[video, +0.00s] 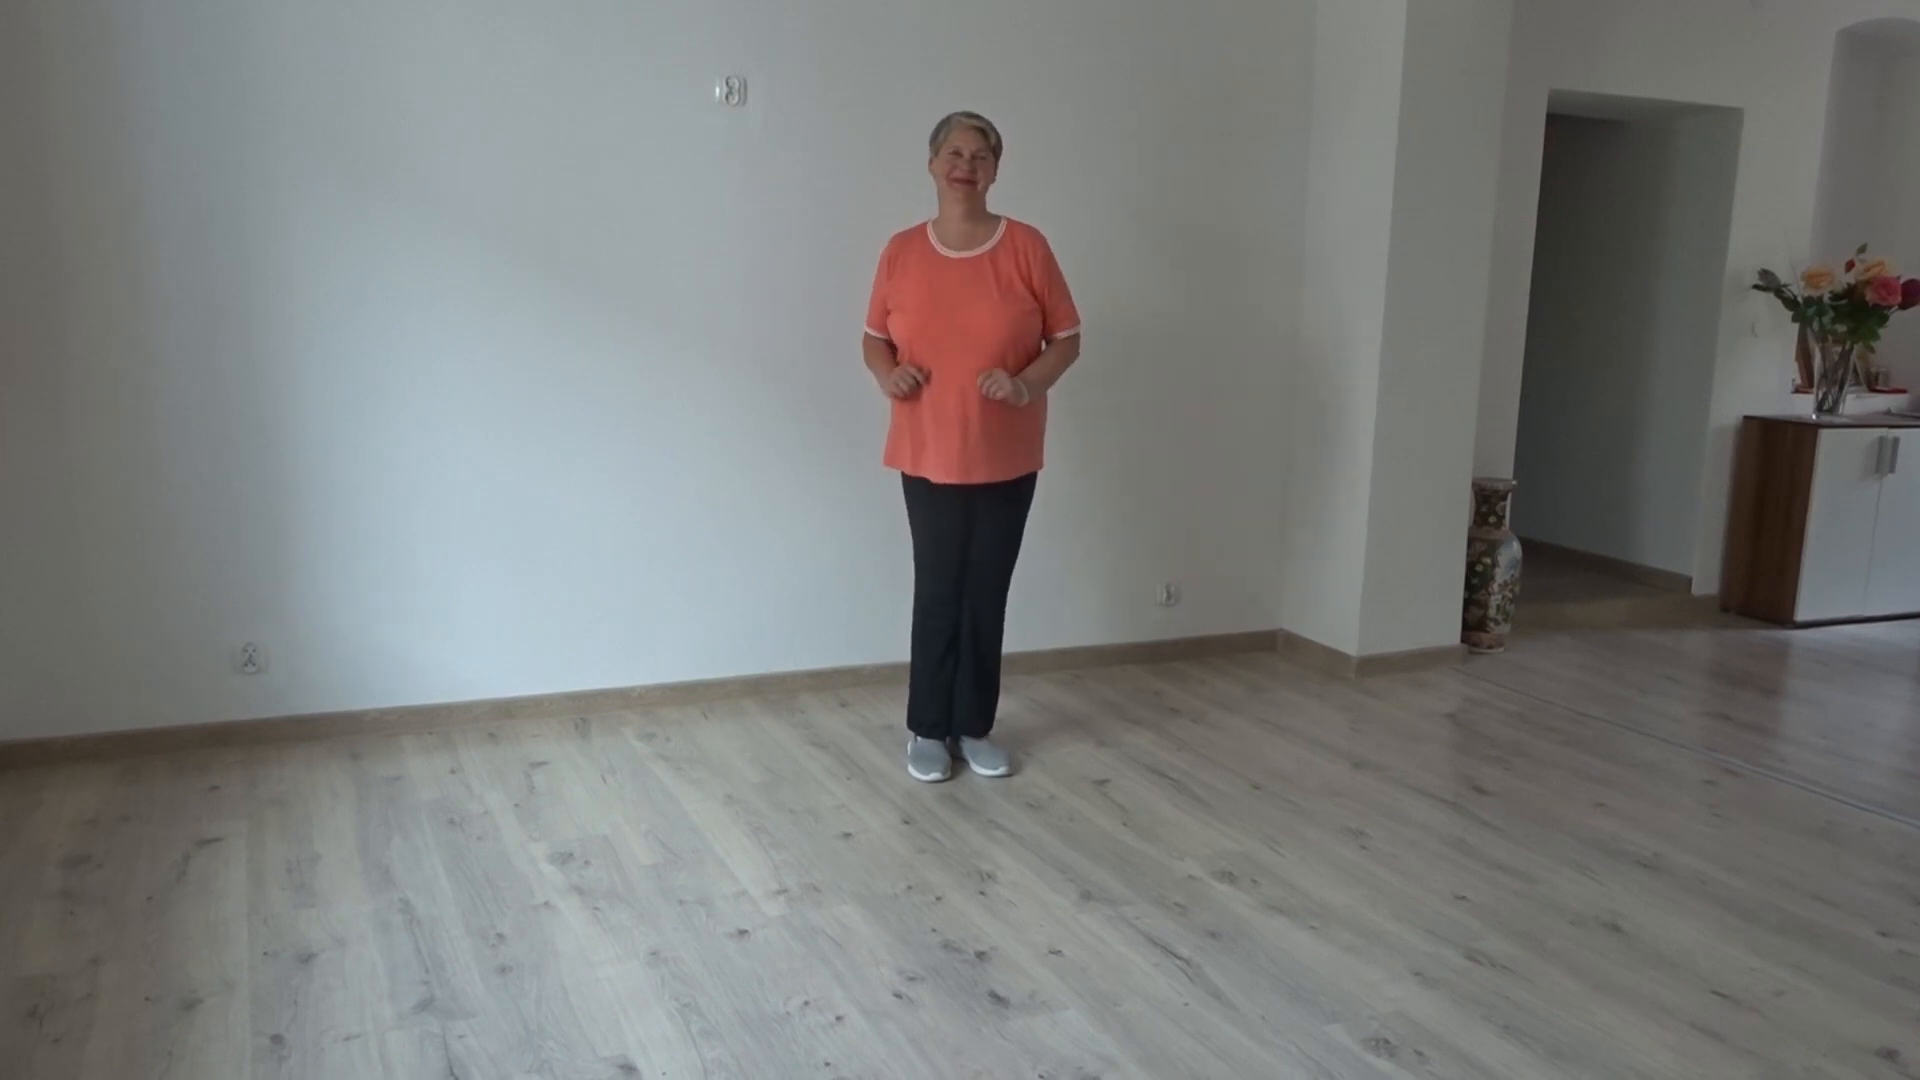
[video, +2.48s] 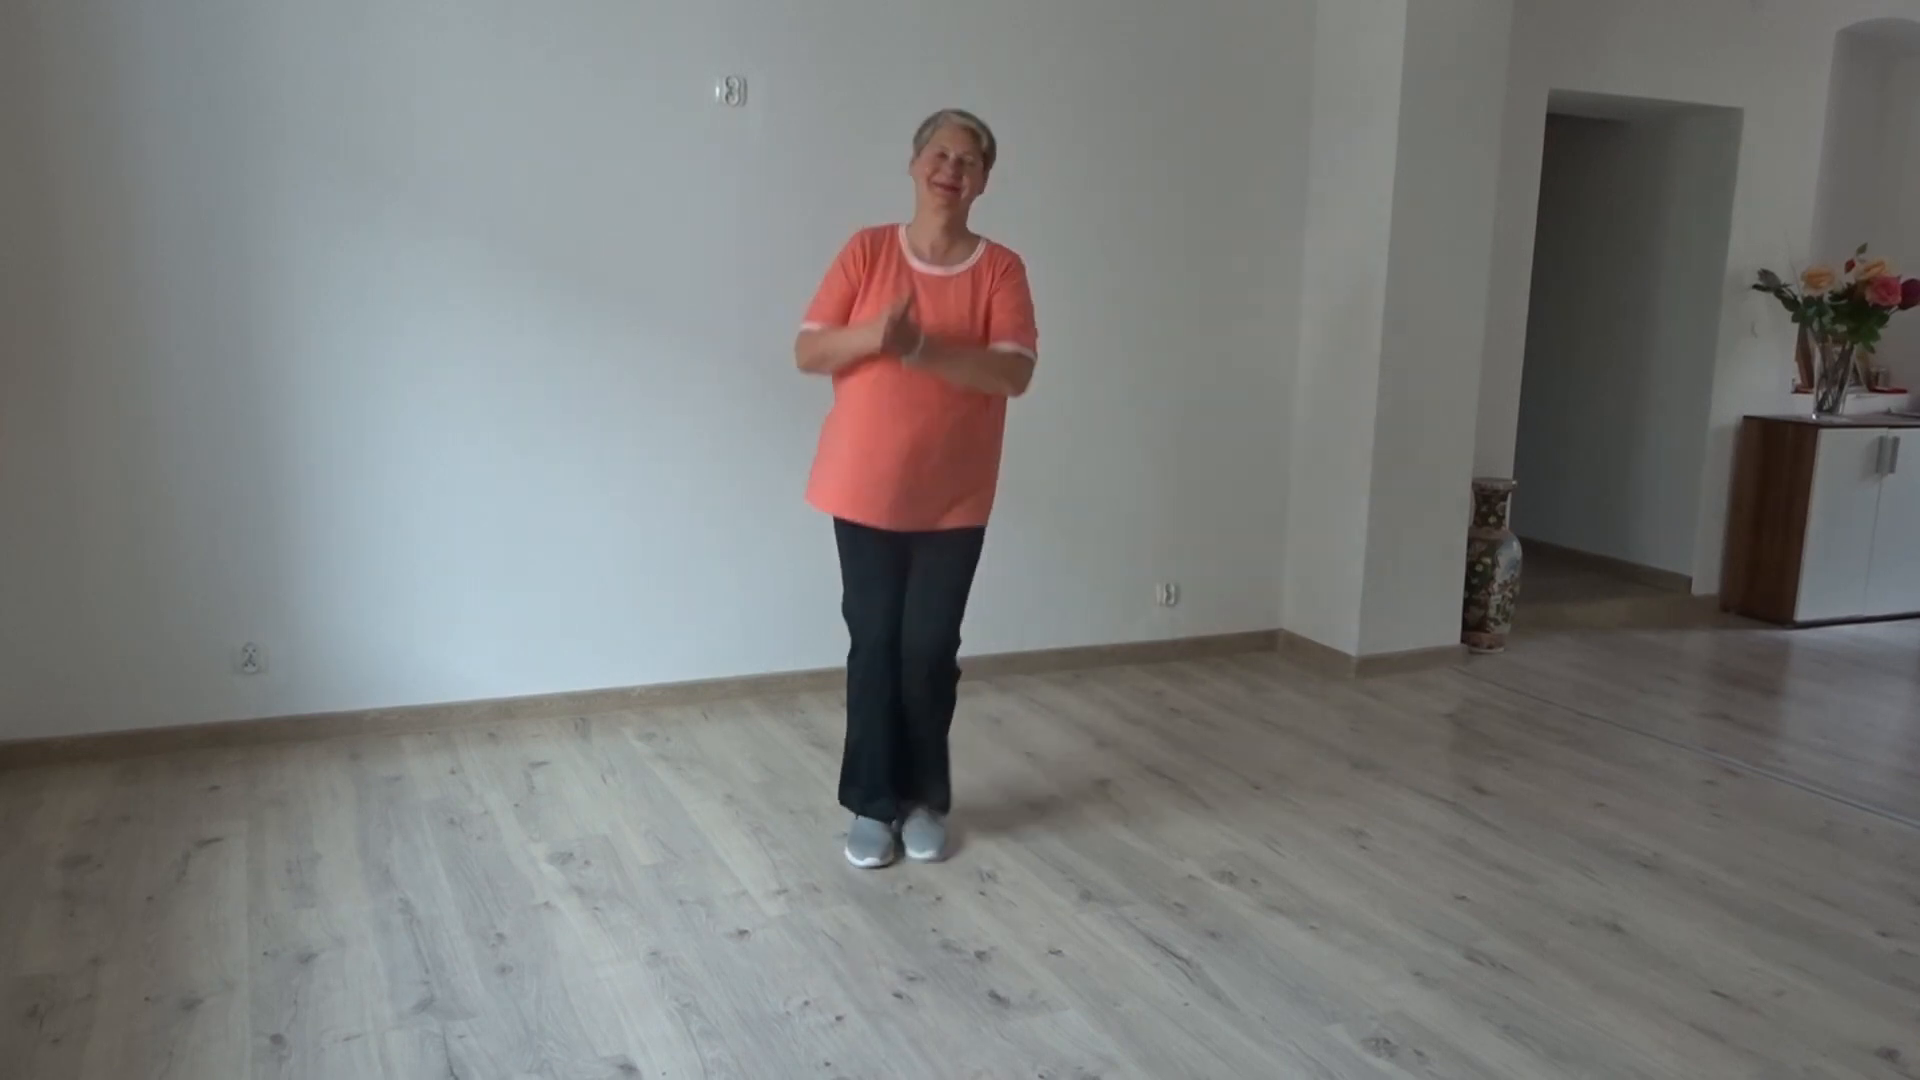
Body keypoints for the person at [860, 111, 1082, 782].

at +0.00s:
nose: (966, 163)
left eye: (979, 155)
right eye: (954, 153)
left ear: (995, 169)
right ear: (932, 165)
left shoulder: (1026, 246)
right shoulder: (903, 250)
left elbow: (1068, 338)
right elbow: (875, 335)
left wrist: (1026, 382)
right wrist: (889, 371)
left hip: (1005, 459)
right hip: (929, 459)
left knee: (986, 599)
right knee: (938, 596)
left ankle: (973, 730)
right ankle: (927, 732)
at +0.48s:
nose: (971, 167)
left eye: (984, 158)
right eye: (958, 157)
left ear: (999, 170)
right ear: (937, 167)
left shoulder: (1030, 249)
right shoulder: (905, 248)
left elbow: (1066, 341)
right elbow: (871, 332)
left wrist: (1035, 382)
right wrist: (893, 370)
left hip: (1004, 459)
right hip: (929, 458)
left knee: (985, 599)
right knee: (936, 597)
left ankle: (972, 730)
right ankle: (927, 732)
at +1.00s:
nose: (983, 164)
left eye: (995, 154)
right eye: (970, 155)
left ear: (1014, 166)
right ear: (951, 170)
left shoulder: (1040, 254)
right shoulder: (921, 244)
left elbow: (1062, 341)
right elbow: (874, 329)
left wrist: (1056, 379)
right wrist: (929, 375)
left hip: (1009, 459)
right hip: (938, 456)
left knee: (988, 600)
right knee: (942, 597)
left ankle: (970, 730)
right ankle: (926, 732)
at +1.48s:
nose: (995, 170)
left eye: (1008, 160)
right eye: (983, 160)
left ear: (1028, 171)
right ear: (964, 172)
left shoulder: (1046, 259)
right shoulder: (930, 247)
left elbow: (1060, 345)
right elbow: (878, 330)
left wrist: (1056, 393)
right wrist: (936, 387)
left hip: (1014, 463)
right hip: (942, 460)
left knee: (993, 601)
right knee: (947, 598)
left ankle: (973, 731)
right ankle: (926, 732)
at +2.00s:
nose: (986, 178)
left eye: (1003, 170)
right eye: (976, 166)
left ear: (1025, 186)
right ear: (959, 177)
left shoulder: (1039, 278)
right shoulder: (914, 245)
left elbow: (1081, 373)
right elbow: (840, 320)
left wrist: (1095, 326)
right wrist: (840, 270)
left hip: (991, 472)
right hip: (905, 463)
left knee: (979, 617)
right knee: (900, 627)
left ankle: (970, 734)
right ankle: (872, 789)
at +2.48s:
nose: (951, 169)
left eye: (967, 161)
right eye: (940, 155)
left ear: (983, 181)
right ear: (914, 165)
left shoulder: (1000, 268)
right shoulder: (867, 251)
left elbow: (1015, 373)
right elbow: (809, 349)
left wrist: (924, 350)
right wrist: (871, 335)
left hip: (954, 500)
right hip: (865, 494)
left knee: (930, 654)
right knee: (874, 650)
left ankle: (925, 804)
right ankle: (870, 808)